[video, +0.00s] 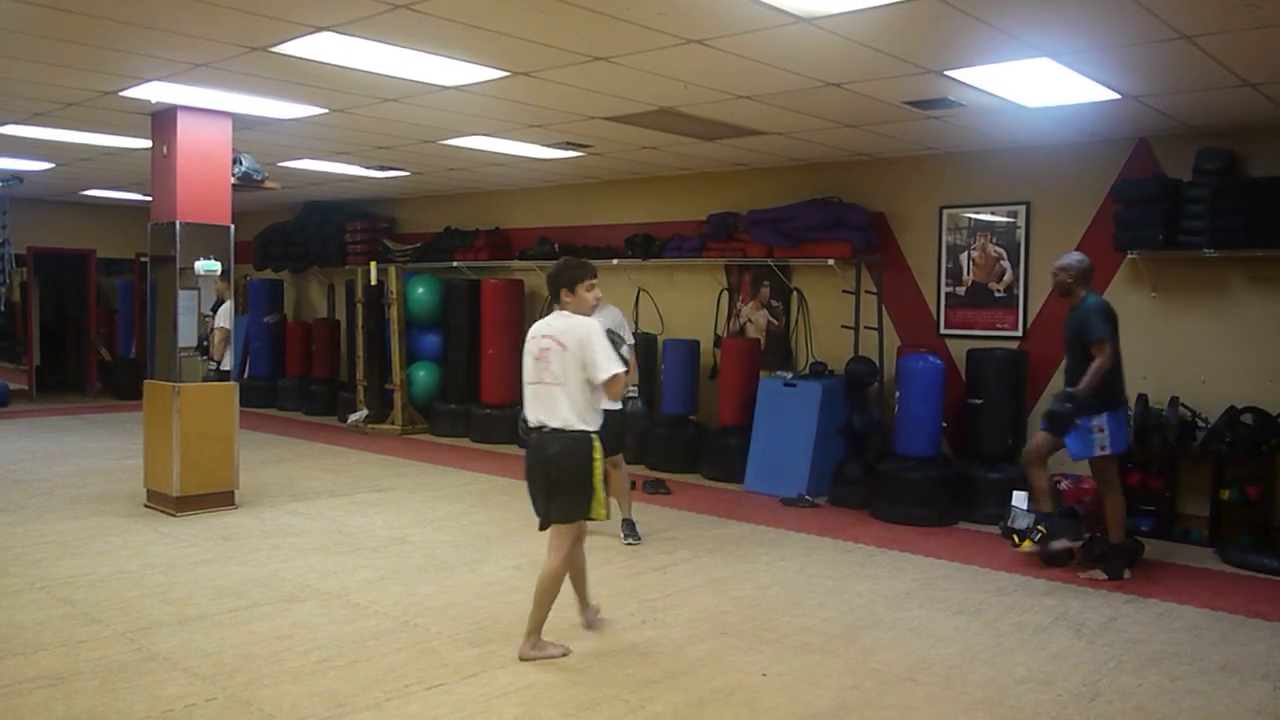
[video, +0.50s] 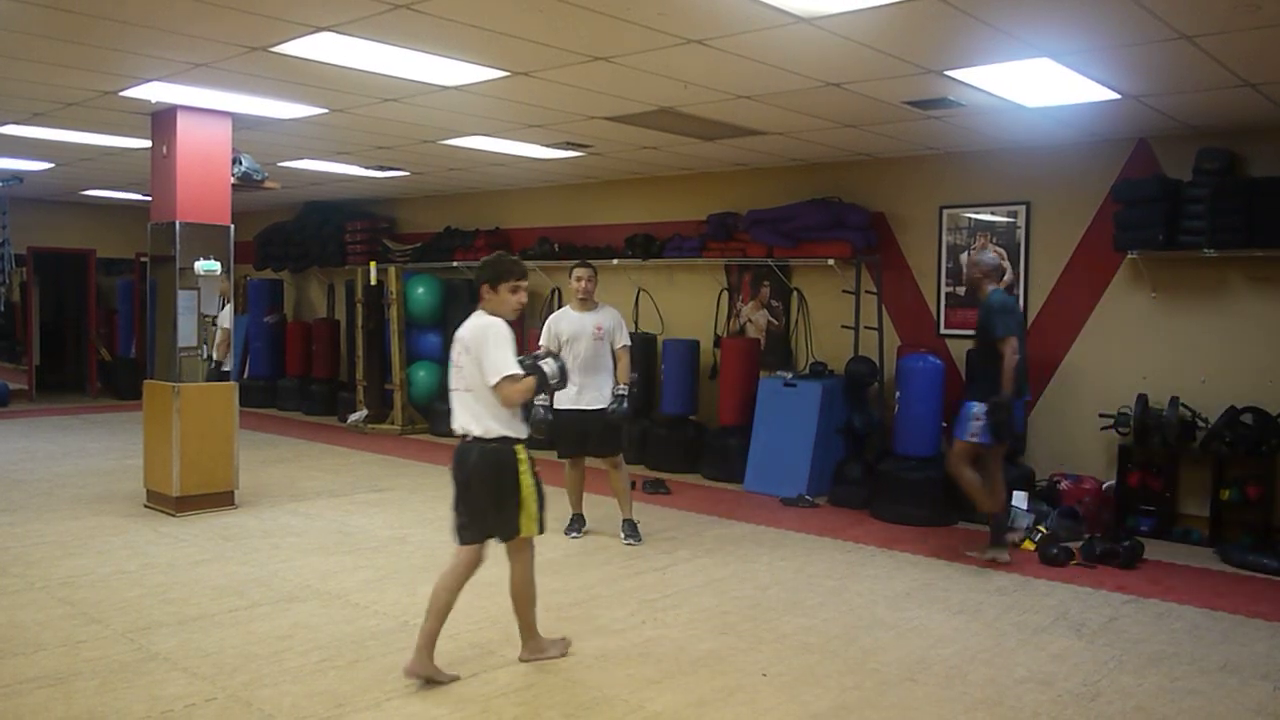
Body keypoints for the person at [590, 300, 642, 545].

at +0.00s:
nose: (597, 294)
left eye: (597, 287)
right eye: (589, 289)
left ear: (599, 287)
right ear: (571, 293)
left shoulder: (612, 315)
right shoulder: (565, 319)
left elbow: (629, 352)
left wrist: (631, 385)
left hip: (609, 400)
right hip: (577, 401)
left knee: (615, 462)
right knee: (577, 462)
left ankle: (627, 519)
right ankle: (574, 523)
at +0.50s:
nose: (584, 285)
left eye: (589, 280)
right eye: (578, 280)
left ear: (596, 284)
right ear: (570, 284)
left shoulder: (611, 317)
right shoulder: (556, 320)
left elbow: (623, 356)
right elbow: (544, 363)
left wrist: (622, 391)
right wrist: (541, 401)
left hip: (604, 404)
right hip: (567, 406)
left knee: (615, 462)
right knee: (573, 462)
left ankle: (627, 520)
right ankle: (576, 516)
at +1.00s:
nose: (584, 284)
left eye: (590, 279)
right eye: (579, 279)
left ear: (598, 284)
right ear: (571, 283)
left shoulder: (612, 317)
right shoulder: (557, 319)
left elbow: (625, 356)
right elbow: (549, 359)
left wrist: (624, 392)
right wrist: (552, 395)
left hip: (606, 405)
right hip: (569, 405)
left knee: (616, 461)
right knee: (573, 461)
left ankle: (628, 520)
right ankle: (576, 516)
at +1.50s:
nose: (589, 293)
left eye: (595, 288)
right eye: (584, 288)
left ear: (605, 286)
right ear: (577, 286)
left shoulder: (616, 312)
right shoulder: (565, 311)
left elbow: (617, 348)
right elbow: (558, 346)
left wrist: (605, 314)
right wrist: (570, 311)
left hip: (609, 399)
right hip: (574, 399)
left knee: (614, 459)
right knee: (576, 459)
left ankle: (619, 517)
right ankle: (577, 516)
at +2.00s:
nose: (611, 288)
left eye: (617, 284)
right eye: (607, 283)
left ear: (626, 287)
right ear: (600, 284)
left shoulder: (639, 322)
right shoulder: (582, 315)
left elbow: (653, 357)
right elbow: (569, 351)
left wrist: (640, 381)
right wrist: (570, 384)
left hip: (619, 405)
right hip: (584, 403)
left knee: (619, 460)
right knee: (582, 459)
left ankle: (620, 518)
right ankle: (577, 515)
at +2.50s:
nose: (623, 290)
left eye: (630, 286)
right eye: (620, 283)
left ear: (640, 289)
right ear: (614, 284)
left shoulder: (648, 323)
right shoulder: (594, 315)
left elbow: (654, 366)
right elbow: (580, 353)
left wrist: (637, 396)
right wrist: (576, 386)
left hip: (625, 404)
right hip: (591, 402)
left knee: (624, 460)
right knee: (580, 456)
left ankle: (621, 518)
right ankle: (576, 513)